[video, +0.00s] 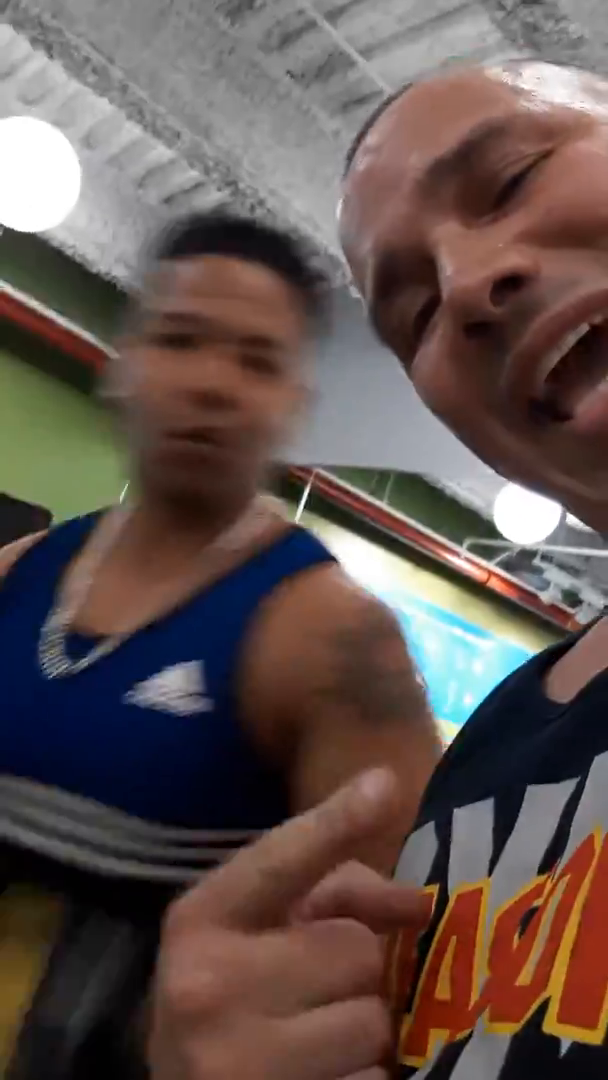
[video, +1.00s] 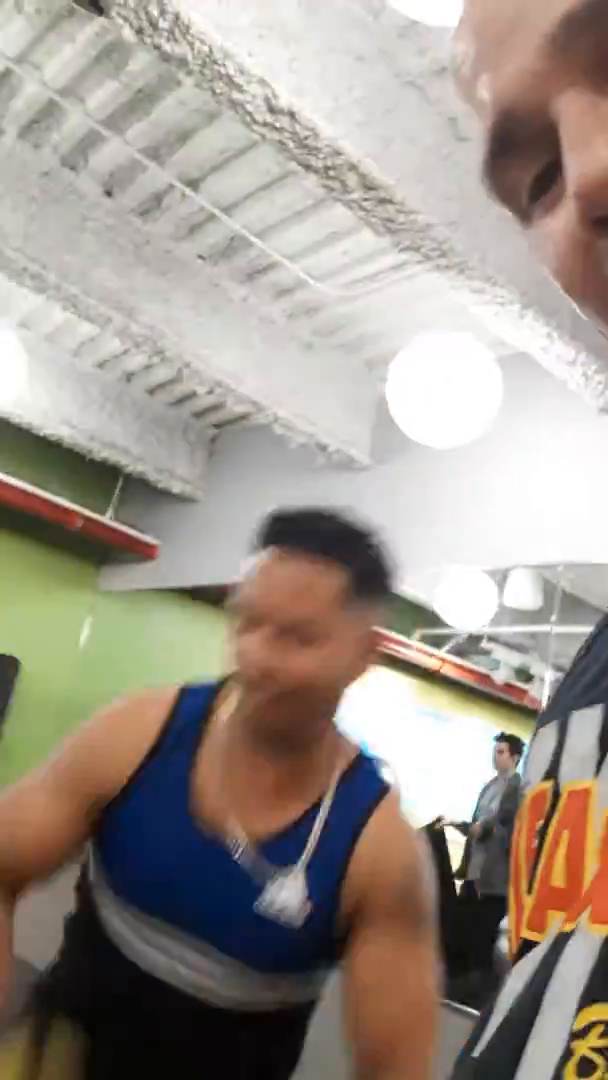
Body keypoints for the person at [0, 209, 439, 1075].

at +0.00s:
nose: (213, 383)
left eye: (258, 359)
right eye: (179, 341)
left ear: (300, 404)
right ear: (119, 364)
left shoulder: (330, 639)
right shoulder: (22, 570)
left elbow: (378, 955)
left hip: (168, 1057)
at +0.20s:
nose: (360, 459)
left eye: (396, 444)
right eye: (332, 420)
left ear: (414, 491)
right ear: (266, 436)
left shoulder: (417, 703)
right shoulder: (82, 597)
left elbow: (406, 971)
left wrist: (332, 802)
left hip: (218, 1051)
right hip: (21, 1003)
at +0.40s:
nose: (378, 536)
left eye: (409, 522)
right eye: (352, 500)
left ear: (425, 562)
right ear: (290, 515)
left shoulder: (436, 752)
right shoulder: (145, 654)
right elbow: (0, 837)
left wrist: (411, 822)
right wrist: (112, 722)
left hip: (270, 1063)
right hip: (64, 1031)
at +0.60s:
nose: (383, 598)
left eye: (412, 582)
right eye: (358, 567)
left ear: (432, 616)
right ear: (304, 581)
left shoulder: (423, 774)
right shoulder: (181, 697)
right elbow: (11, 878)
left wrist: (420, 835)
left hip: (285, 1069)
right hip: (94, 1044)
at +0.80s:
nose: (372, 601)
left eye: (404, 587)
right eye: (351, 570)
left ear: (424, 622)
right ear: (302, 576)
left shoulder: (412, 782)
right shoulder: (183, 674)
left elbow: (442, 1013)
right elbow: (13, 805)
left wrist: (396, 792)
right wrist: (200, 712)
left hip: (222, 1062)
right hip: (58, 1018)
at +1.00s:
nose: (259, 657)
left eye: (297, 638)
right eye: (250, 624)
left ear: (364, 652)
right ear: (232, 618)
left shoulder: (380, 849)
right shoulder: (135, 733)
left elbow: (395, 1065)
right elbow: (4, 871)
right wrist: (11, 1010)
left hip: (234, 1064)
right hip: (84, 1029)